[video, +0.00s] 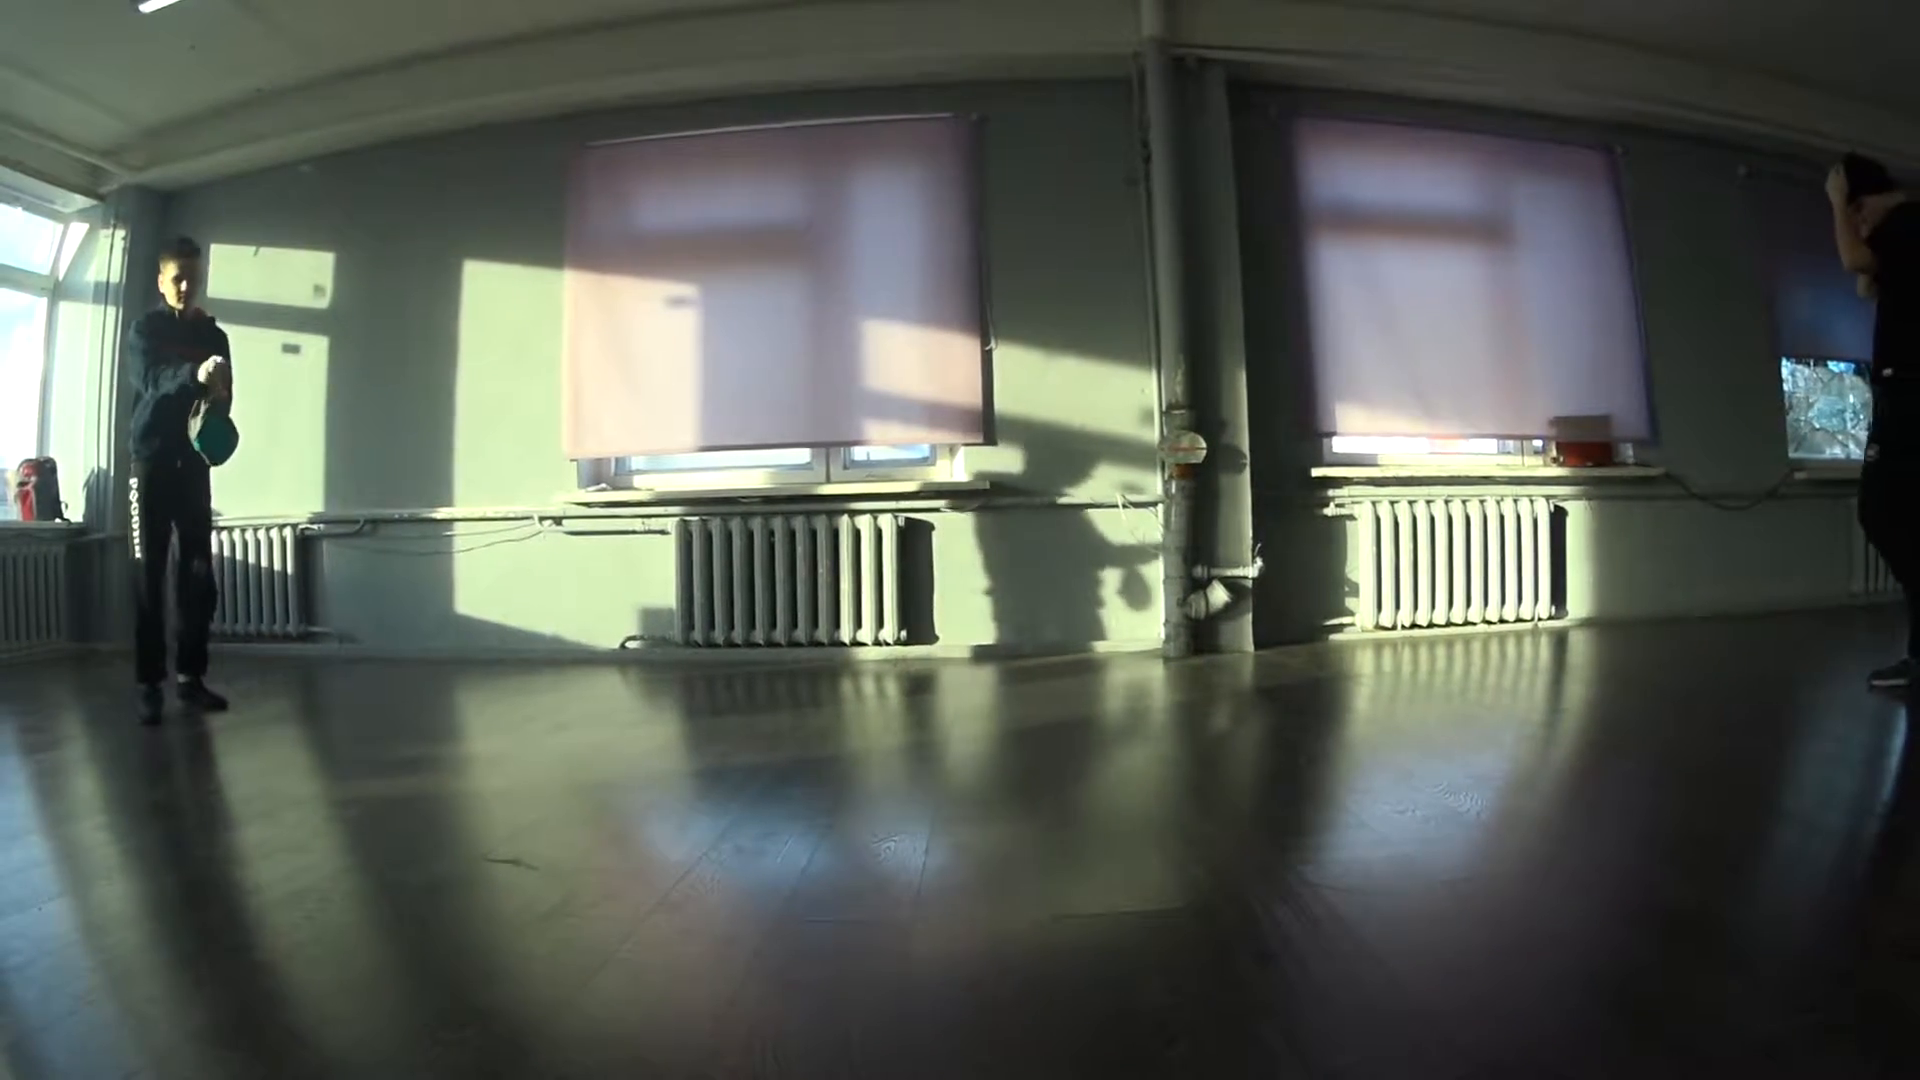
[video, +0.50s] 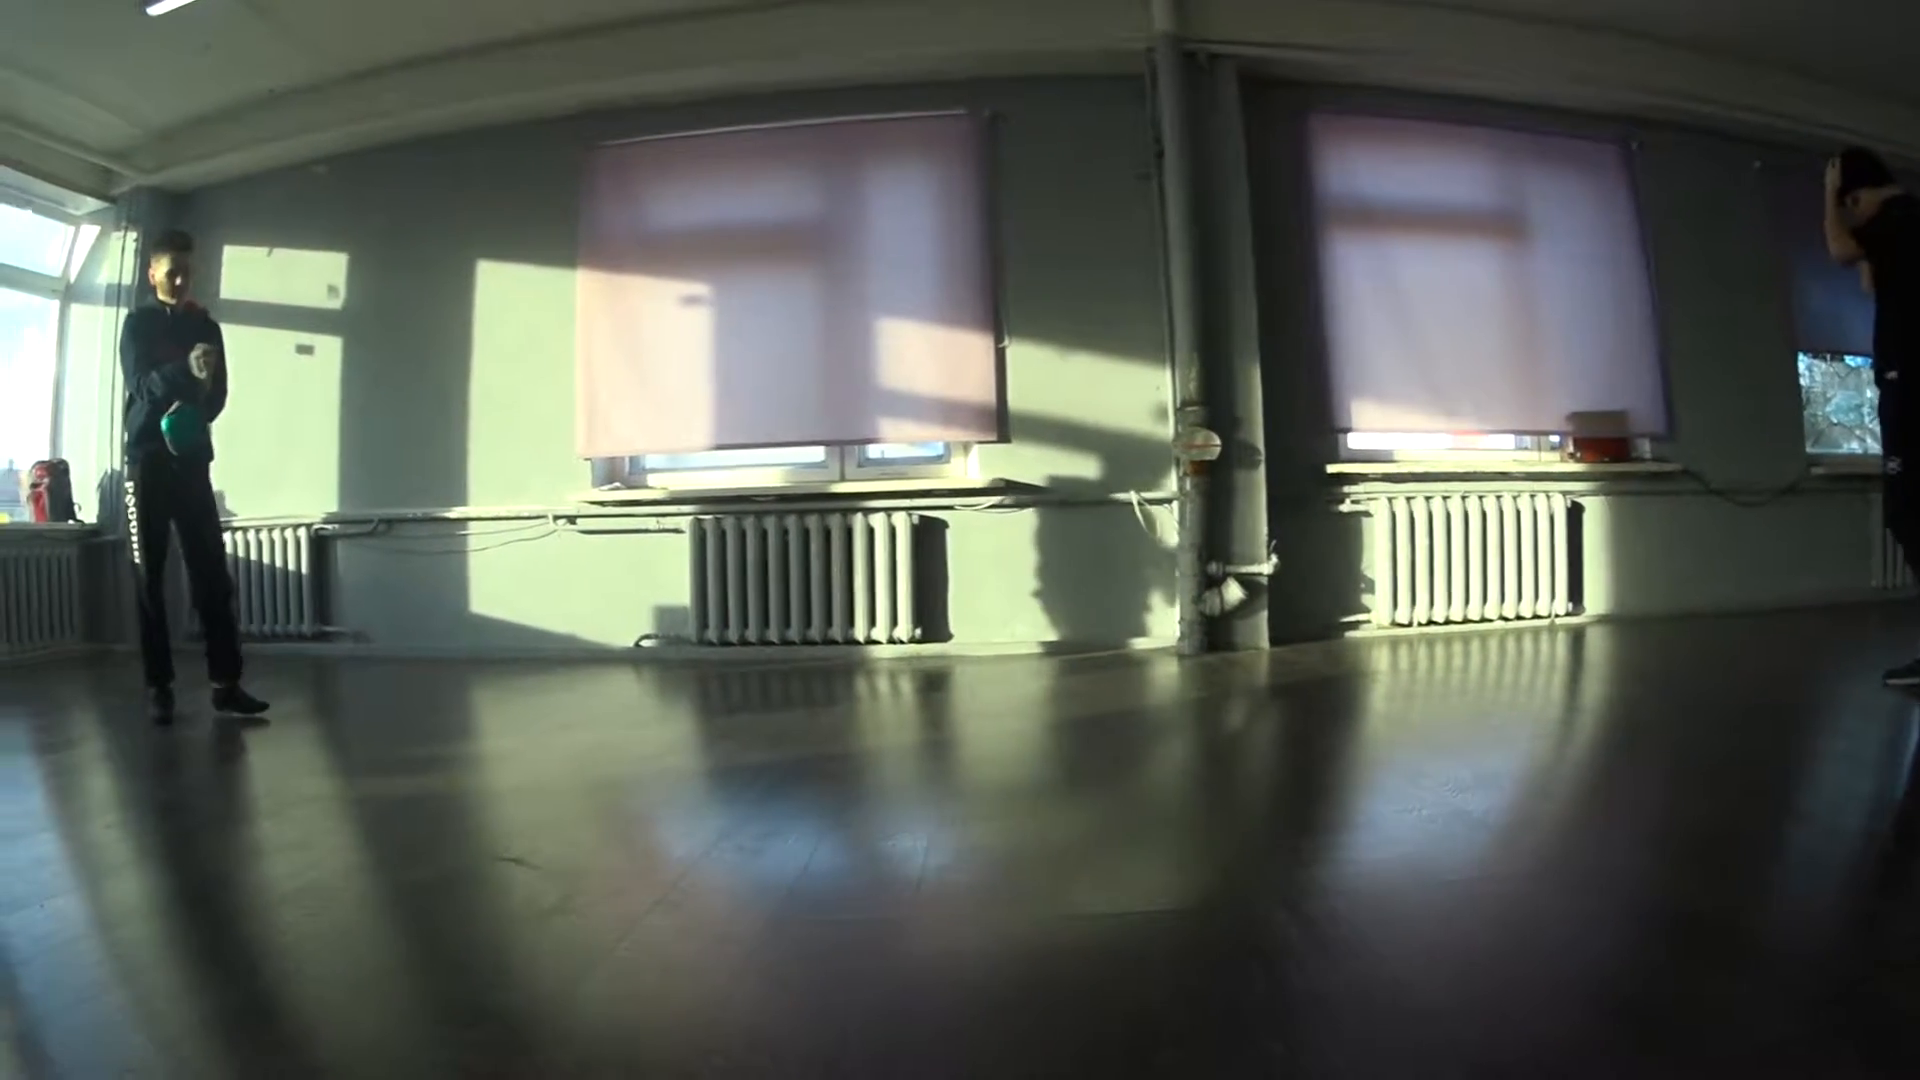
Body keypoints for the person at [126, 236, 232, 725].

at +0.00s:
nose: (182, 286)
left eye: (190, 278)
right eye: (174, 278)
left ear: (202, 278)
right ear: (160, 279)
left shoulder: (214, 335)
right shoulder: (144, 328)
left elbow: (221, 400)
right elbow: (149, 379)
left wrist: (218, 408)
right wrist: (196, 373)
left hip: (194, 461)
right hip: (149, 459)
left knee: (199, 569)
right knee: (149, 569)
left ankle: (191, 679)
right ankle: (150, 685)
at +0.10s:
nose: (176, 284)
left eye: (182, 276)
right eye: (168, 276)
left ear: (192, 277)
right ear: (152, 279)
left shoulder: (207, 332)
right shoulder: (139, 324)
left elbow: (217, 397)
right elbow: (139, 382)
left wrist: (207, 436)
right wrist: (188, 369)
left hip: (187, 462)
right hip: (143, 461)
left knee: (199, 572)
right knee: (145, 572)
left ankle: (191, 676)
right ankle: (149, 686)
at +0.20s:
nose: (172, 283)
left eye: (178, 275)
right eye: (163, 276)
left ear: (187, 278)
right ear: (147, 280)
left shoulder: (201, 330)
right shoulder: (134, 324)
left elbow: (213, 395)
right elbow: (138, 386)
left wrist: (196, 420)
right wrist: (180, 366)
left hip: (184, 466)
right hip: (138, 464)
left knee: (203, 571)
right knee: (141, 574)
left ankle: (197, 670)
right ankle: (149, 684)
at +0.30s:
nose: (169, 282)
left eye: (175, 274)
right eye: (161, 274)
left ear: (183, 276)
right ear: (141, 276)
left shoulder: (196, 327)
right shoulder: (128, 323)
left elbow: (205, 397)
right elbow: (131, 386)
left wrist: (183, 403)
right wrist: (178, 365)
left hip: (182, 461)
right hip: (135, 461)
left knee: (208, 572)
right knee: (139, 577)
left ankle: (198, 667)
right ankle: (148, 685)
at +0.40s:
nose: (170, 280)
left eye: (176, 271)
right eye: (162, 271)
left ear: (184, 272)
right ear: (141, 271)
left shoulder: (196, 323)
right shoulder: (127, 321)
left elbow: (206, 389)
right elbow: (130, 386)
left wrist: (184, 412)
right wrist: (177, 364)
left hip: (183, 457)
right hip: (136, 459)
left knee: (209, 567)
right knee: (140, 574)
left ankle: (205, 676)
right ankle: (150, 686)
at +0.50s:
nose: (179, 280)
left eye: (185, 271)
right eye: (170, 272)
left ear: (194, 273)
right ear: (149, 274)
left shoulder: (205, 325)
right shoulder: (138, 323)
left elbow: (216, 395)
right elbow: (143, 387)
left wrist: (196, 415)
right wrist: (189, 366)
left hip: (194, 458)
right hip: (148, 460)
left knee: (212, 572)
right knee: (152, 574)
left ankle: (226, 685)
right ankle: (160, 688)